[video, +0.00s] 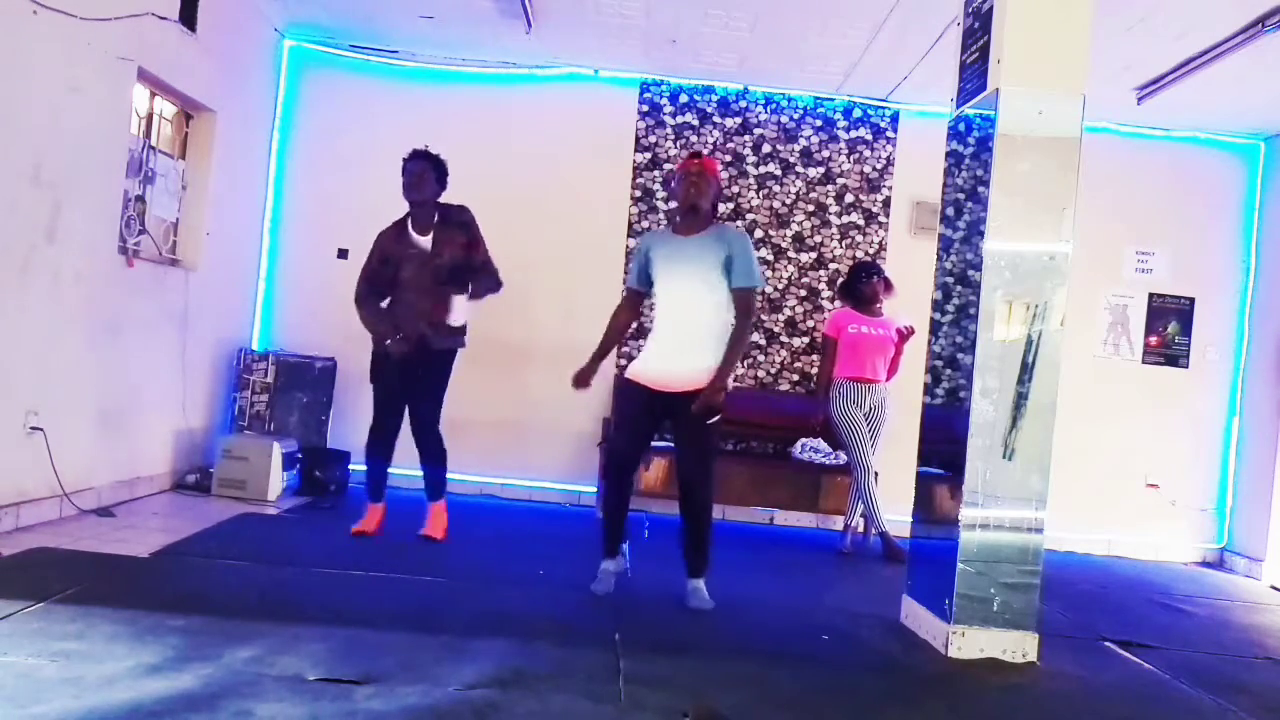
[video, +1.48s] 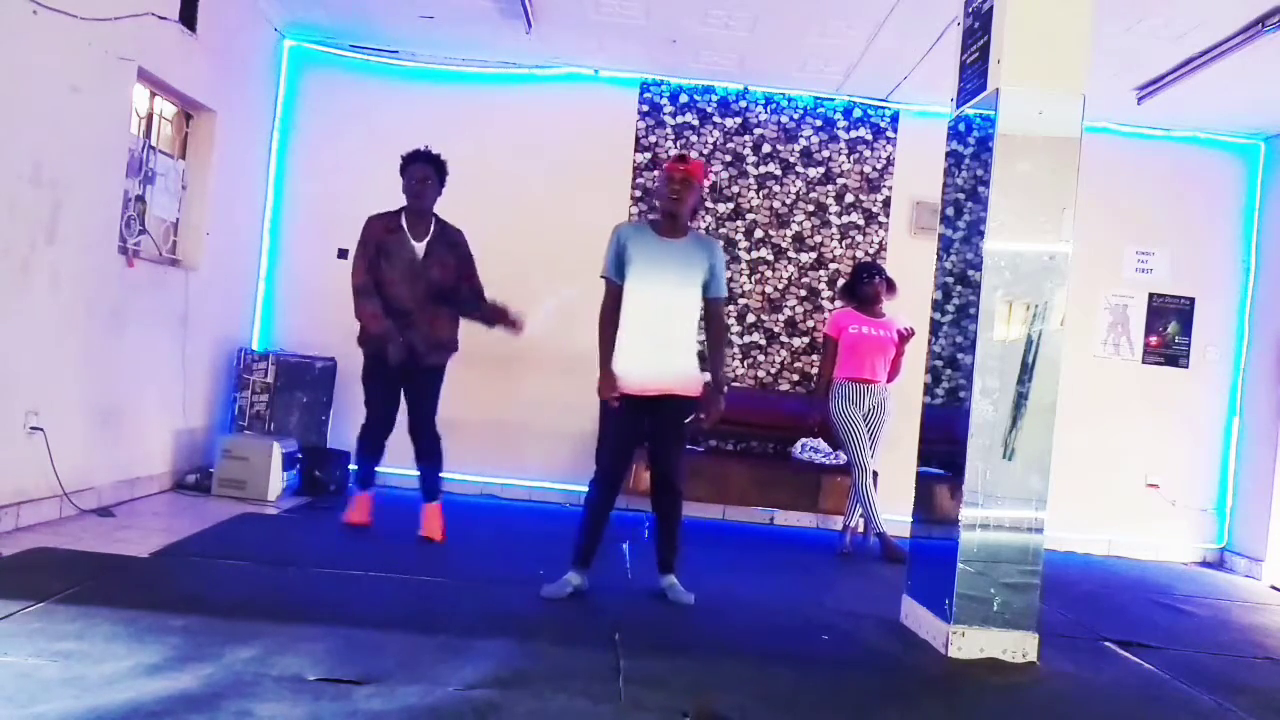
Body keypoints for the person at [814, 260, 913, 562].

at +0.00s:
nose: (879, 300)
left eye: (882, 294)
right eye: (872, 294)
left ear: (886, 291)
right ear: (856, 291)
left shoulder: (890, 327)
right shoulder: (840, 317)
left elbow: (888, 374)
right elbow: (827, 364)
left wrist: (900, 347)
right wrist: (822, 403)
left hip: (877, 397)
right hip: (845, 393)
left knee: (865, 466)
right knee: (864, 464)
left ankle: (848, 532)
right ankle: (884, 534)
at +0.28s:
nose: (878, 296)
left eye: (882, 289)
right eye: (871, 289)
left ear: (886, 290)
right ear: (856, 290)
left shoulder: (889, 327)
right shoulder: (839, 318)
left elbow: (889, 376)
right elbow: (825, 364)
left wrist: (898, 348)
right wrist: (820, 403)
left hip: (876, 397)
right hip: (843, 393)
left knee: (864, 465)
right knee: (862, 462)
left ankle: (847, 532)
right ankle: (883, 534)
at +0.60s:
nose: (878, 294)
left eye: (881, 287)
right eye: (870, 286)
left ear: (885, 290)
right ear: (855, 289)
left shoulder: (889, 327)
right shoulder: (838, 318)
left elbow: (889, 376)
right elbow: (825, 363)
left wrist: (898, 348)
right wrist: (818, 403)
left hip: (876, 397)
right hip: (843, 393)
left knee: (864, 464)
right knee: (861, 462)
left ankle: (847, 531)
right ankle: (883, 534)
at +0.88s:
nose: (877, 290)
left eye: (880, 284)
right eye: (869, 283)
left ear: (885, 289)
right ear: (856, 289)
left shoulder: (890, 327)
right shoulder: (838, 318)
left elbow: (889, 376)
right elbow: (825, 364)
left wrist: (898, 348)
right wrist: (818, 404)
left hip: (876, 397)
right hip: (843, 393)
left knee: (864, 465)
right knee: (862, 464)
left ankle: (847, 532)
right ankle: (882, 535)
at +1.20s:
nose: (876, 283)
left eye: (879, 278)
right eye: (869, 278)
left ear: (885, 287)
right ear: (856, 287)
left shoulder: (891, 327)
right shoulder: (840, 317)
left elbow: (889, 376)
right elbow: (826, 364)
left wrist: (900, 349)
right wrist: (818, 404)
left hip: (876, 397)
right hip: (844, 393)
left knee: (864, 465)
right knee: (862, 463)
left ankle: (847, 532)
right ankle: (882, 535)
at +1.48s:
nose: (878, 284)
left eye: (881, 279)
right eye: (870, 279)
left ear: (887, 287)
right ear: (858, 287)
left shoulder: (892, 326)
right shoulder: (841, 317)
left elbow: (890, 377)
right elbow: (827, 365)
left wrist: (901, 348)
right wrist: (819, 405)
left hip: (877, 397)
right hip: (845, 393)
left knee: (865, 465)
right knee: (861, 463)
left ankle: (847, 531)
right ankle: (882, 536)